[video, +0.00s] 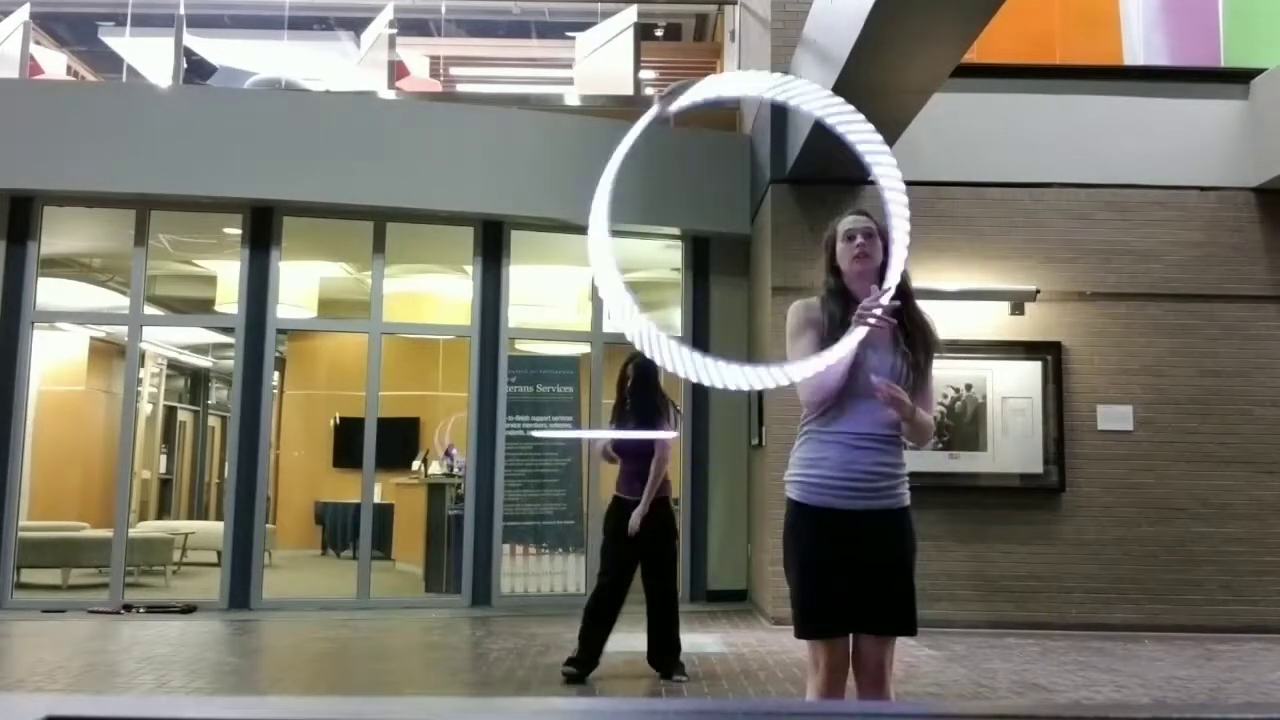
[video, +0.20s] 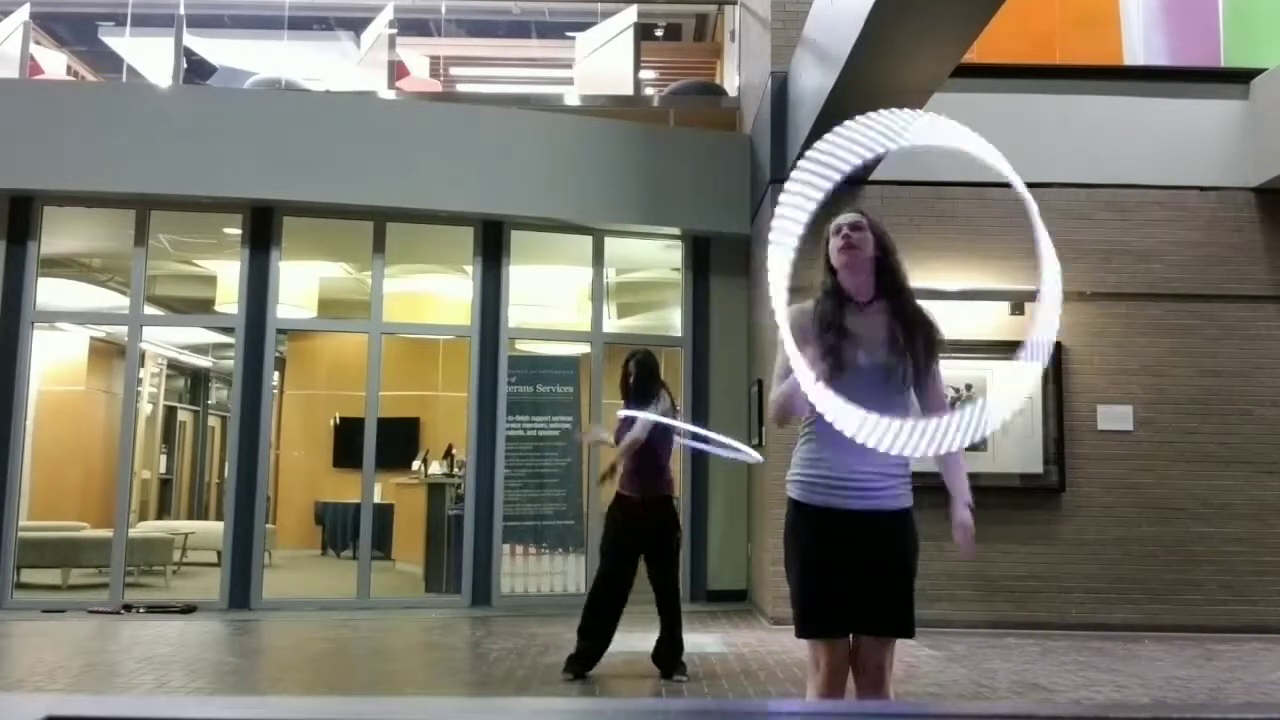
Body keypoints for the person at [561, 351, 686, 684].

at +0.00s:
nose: (630, 386)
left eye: (637, 380)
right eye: (627, 379)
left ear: (650, 380)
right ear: (622, 381)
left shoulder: (663, 410)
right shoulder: (622, 412)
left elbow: (662, 460)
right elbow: (613, 456)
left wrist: (642, 507)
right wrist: (603, 448)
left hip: (655, 509)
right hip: (622, 506)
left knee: (661, 590)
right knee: (608, 586)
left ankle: (668, 662)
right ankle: (582, 661)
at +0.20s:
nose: (632, 381)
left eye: (639, 375)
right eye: (629, 375)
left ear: (651, 375)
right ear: (624, 377)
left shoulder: (661, 403)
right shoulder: (629, 409)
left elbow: (638, 437)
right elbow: (624, 439)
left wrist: (615, 463)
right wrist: (599, 436)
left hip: (658, 508)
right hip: (625, 506)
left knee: (666, 590)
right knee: (608, 585)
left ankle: (671, 661)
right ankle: (582, 659)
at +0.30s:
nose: (633, 380)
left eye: (639, 374)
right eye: (629, 375)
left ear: (652, 375)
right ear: (623, 377)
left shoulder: (663, 403)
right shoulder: (624, 408)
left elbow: (632, 427)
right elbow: (605, 437)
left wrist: (606, 426)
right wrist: (620, 422)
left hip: (656, 506)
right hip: (621, 505)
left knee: (666, 590)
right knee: (600, 585)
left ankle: (671, 661)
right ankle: (574, 660)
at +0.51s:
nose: (624, 387)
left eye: (630, 381)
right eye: (621, 381)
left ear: (639, 383)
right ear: (615, 384)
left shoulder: (653, 413)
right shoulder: (605, 414)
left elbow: (655, 405)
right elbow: (585, 445)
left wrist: (607, 392)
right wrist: (572, 420)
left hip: (639, 511)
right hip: (602, 511)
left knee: (655, 591)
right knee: (587, 595)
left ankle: (674, 665)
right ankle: (568, 667)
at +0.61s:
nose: (617, 387)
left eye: (624, 380)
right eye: (612, 379)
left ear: (635, 386)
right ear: (605, 382)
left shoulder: (640, 417)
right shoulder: (595, 411)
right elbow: (576, 449)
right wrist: (558, 438)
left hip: (626, 513)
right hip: (591, 512)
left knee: (647, 593)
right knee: (581, 594)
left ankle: (673, 665)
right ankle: (567, 663)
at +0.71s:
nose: (607, 388)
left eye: (614, 382)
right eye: (604, 381)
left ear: (626, 387)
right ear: (597, 385)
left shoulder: (633, 415)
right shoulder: (584, 415)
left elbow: (679, 434)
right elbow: (562, 452)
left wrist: (691, 459)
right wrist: (550, 466)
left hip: (618, 519)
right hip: (582, 518)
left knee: (641, 596)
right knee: (574, 596)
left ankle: (673, 664)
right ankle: (567, 663)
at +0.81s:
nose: (609, 395)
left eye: (616, 390)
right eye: (604, 388)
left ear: (625, 394)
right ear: (594, 389)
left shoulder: (628, 425)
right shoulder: (574, 418)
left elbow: (658, 456)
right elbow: (558, 459)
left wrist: (670, 496)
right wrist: (548, 494)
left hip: (611, 520)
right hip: (574, 520)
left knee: (638, 595)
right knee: (571, 598)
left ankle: (672, 663)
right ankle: (566, 663)